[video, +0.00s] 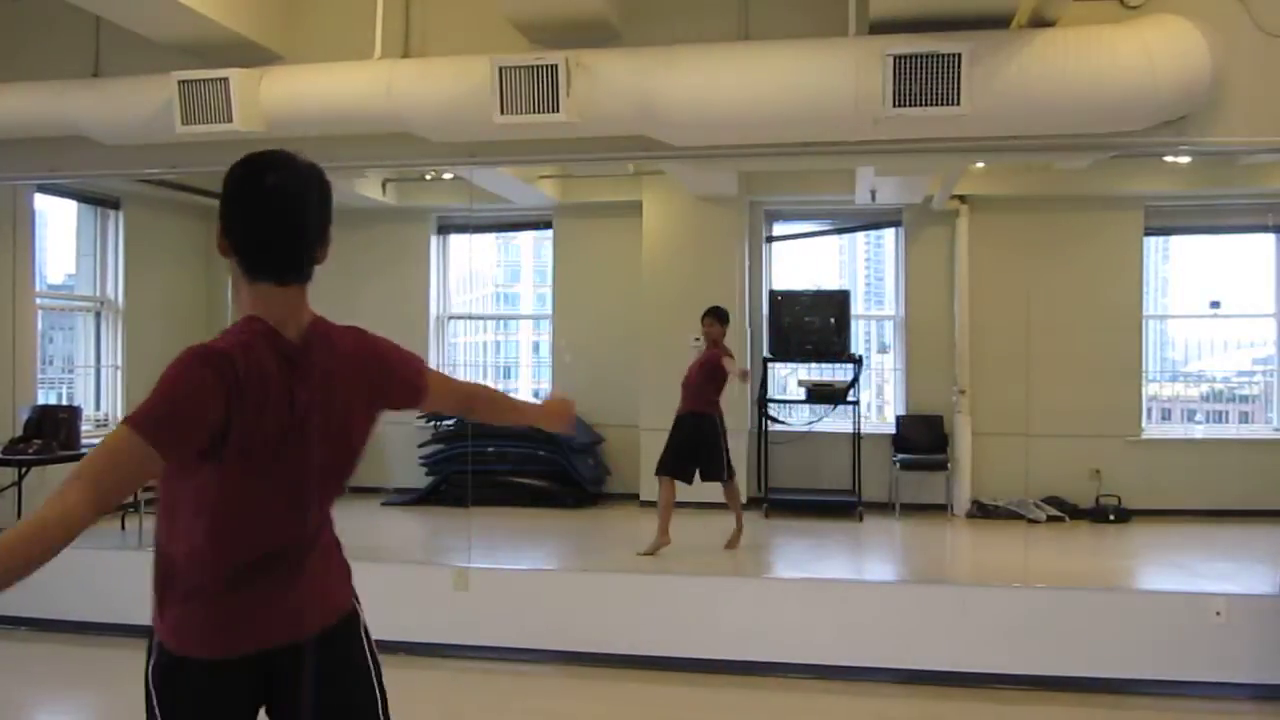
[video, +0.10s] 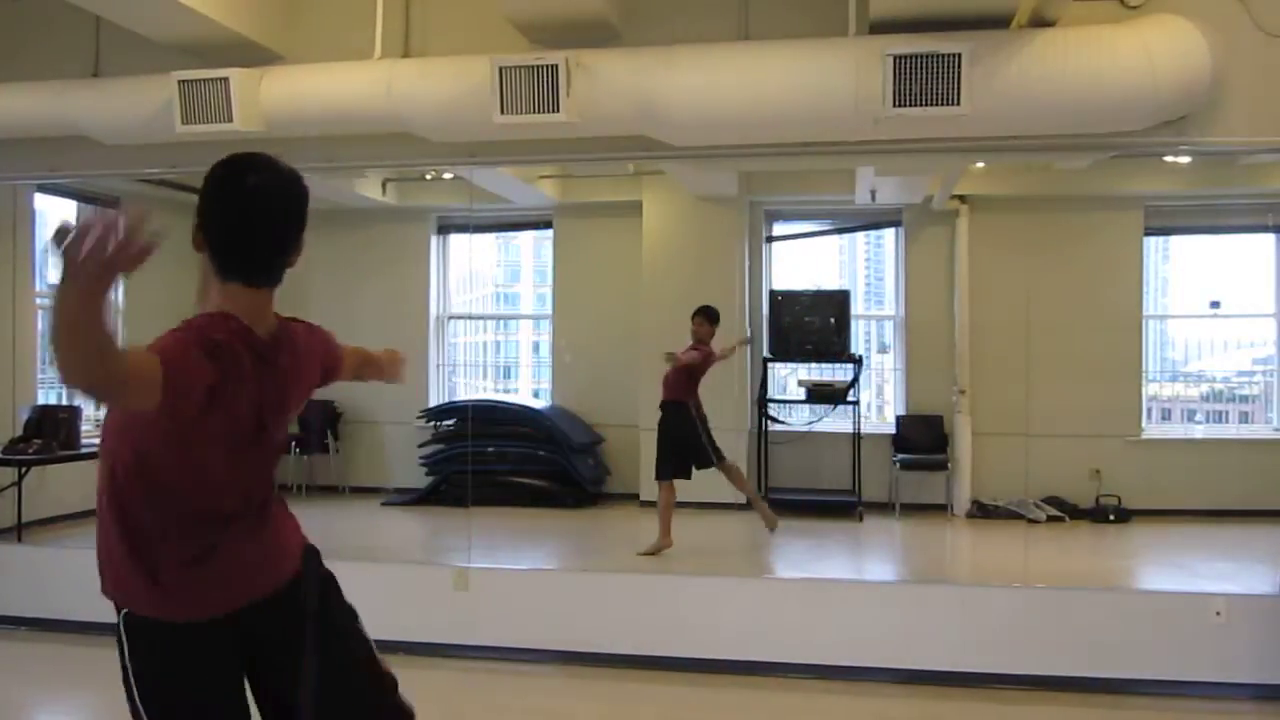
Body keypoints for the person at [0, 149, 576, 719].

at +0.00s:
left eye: (224, 231)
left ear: (227, 245)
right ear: (324, 248)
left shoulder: (204, 375)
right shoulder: (359, 359)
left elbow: (78, 502)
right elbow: (457, 398)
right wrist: (540, 417)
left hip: (205, 650)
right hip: (322, 638)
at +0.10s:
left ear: (199, 239)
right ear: (298, 254)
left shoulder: (185, 359)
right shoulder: (300, 346)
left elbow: (94, 373)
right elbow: (351, 363)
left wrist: (84, 284)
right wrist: (383, 365)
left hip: (173, 611)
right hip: (276, 582)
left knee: (199, 710)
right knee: (357, 704)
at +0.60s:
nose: (65, 261)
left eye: (72, 241)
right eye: (69, 242)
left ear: (104, 246)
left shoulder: (167, 325)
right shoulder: (104, 366)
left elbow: (81, 362)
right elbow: (40, 480)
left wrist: (8, 450)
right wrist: (10, 514)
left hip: (198, 612)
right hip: (131, 600)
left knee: (206, 713)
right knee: (120, 711)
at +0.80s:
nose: (145, 263)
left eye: (167, 246)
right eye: (126, 239)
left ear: (185, 243)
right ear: (84, 219)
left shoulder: (204, 345)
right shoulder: (14, 316)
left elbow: (205, 503)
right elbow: (1, 473)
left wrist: (190, 644)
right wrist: (16, 509)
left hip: (150, 588)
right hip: (32, 585)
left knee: (201, 706)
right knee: (31, 705)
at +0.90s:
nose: (190, 292)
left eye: (199, 274)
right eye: (184, 268)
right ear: (126, 241)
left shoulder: (150, 351)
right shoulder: (16, 336)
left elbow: (164, 476)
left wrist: (235, 569)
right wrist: (38, 457)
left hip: (94, 611)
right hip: (16, 621)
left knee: (76, 710)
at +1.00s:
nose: (160, 290)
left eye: (168, 274)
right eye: (164, 270)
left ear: (123, 249)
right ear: (120, 245)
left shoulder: (73, 337)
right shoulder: (16, 320)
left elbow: (83, 436)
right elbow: (8, 396)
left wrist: (162, 458)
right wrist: (110, 348)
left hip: (49, 634)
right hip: (11, 644)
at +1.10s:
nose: (127, 263)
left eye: (137, 247)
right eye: (133, 242)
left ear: (94, 216)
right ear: (99, 215)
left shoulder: (36, 283)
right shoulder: (22, 271)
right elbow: (28, 328)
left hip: (22, 599)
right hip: (11, 603)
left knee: (36, 707)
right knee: (30, 709)